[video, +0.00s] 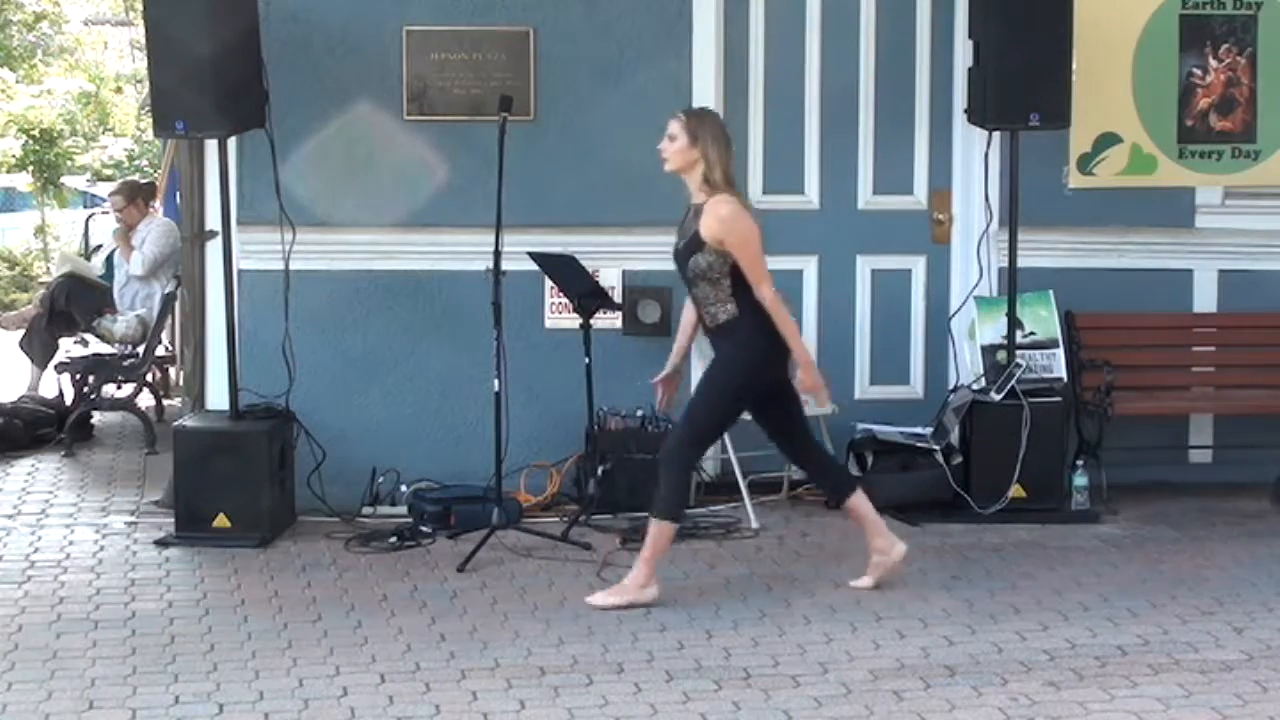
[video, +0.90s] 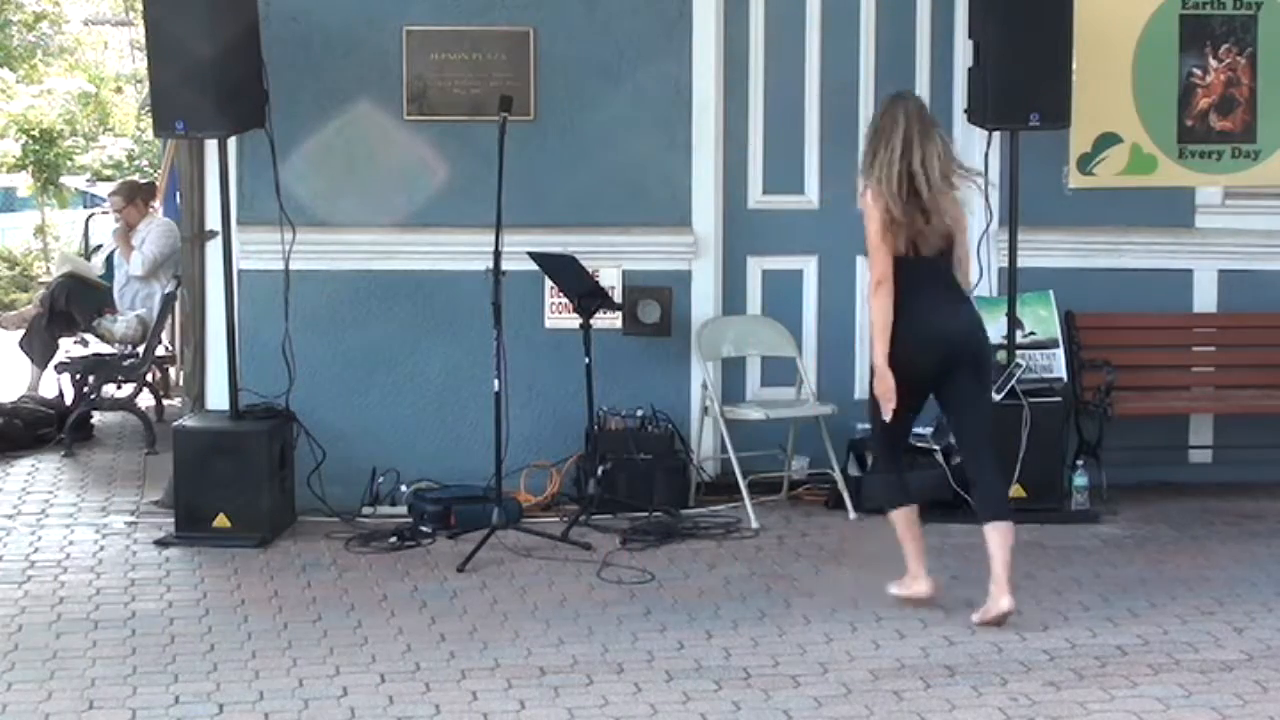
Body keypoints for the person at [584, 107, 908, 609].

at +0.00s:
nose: (661, 147)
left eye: (671, 139)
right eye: (664, 138)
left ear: (701, 149)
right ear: (696, 151)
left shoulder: (726, 213)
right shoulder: (699, 212)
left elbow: (766, 291)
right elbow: (699, 297)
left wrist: (805, 360)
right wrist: (676, 362)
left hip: (749, 350)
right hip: (747, 349)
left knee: (679, 449)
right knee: (803, 449)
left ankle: (642, 578)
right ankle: (884, 542)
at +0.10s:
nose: (695, 142)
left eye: (703, 133)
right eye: (696, 133)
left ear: (732, 138)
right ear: (726, 141)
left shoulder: (763, 202)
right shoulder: (735, 203)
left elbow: (801, 284)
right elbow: (739, 294)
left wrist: (839, 355)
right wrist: (720, 359)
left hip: (788, 342)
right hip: (776, 343)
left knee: (723, 441)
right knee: (827, 443)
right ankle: (895, 548)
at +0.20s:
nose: (721, 132)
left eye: (729, 123)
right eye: (723, 123)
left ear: (758, 128)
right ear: (752, 130)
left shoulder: (789, 188)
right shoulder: (759, 189)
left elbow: (821, 275)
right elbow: (776, 286)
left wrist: (848, 349)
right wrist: (779, 355)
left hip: (810, 331)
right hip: (791, 333)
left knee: (796, 446)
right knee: (835, 441)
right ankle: (895, 547)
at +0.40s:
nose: (763, 131)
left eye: (772, 123)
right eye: (764, 122)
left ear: (800, 129)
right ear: (793, 131)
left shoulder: (827, 190)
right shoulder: (803, 190)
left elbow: (832, 283)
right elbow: (815, 280)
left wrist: (822, 361)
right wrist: (815, 353)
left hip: (852, 327)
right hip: (828, 324)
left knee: (848, 445)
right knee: (821, 446)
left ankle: (866, 571)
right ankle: (890, 543)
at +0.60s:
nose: (820, 153)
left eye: (823, 147)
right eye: (823, 146)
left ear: (832, 152)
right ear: (872, 152)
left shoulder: (839, 211)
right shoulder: (880, 207)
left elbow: (830, 303)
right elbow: (891, 292)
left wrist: (811, 378)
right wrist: (902, 368)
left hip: (869, 348)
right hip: (895, 341)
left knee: (827, 453)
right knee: (847, 451)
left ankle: (863, 571)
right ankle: (938, 521)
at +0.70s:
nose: (839, 155)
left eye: (841, 148)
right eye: (844, 147)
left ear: (847, 149)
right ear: (891, 146)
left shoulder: (850, 208)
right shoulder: (910, 199)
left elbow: (847, 299)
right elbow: (912, 280)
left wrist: (841, 377)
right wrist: (901, 334)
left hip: (875, 348)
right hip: (920, 345)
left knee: (834, 454)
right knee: (910, 452)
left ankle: (863, 571)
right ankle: (975, 548)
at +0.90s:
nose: (873, 142)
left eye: (877, 133)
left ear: (882, 139)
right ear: (931, 141)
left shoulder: (877, 194)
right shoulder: (948, 196)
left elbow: (882, 281)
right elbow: (963, 272)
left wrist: (881, 362)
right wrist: (944, 318)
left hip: (913, 334)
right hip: (962, 329)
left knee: (886, 447)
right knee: (982, 452)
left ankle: (918, 574)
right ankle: (1001, 590)